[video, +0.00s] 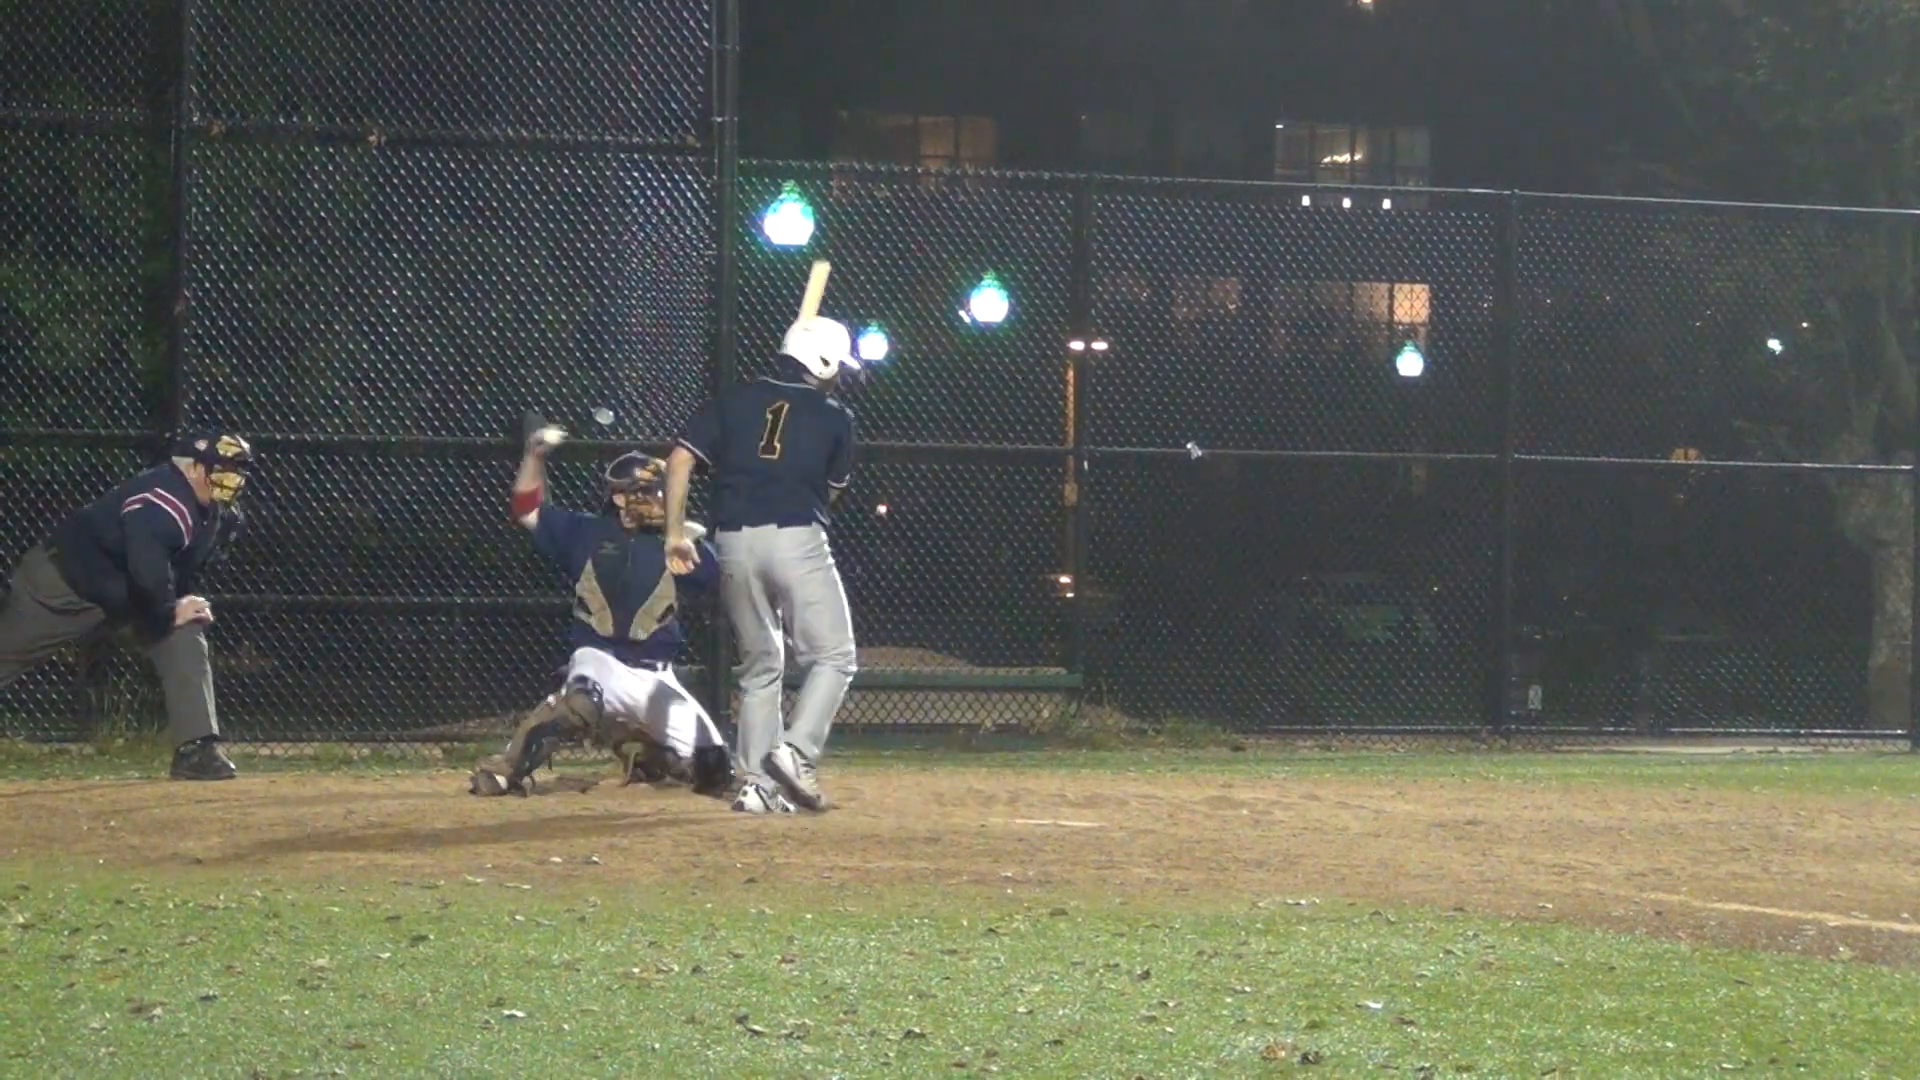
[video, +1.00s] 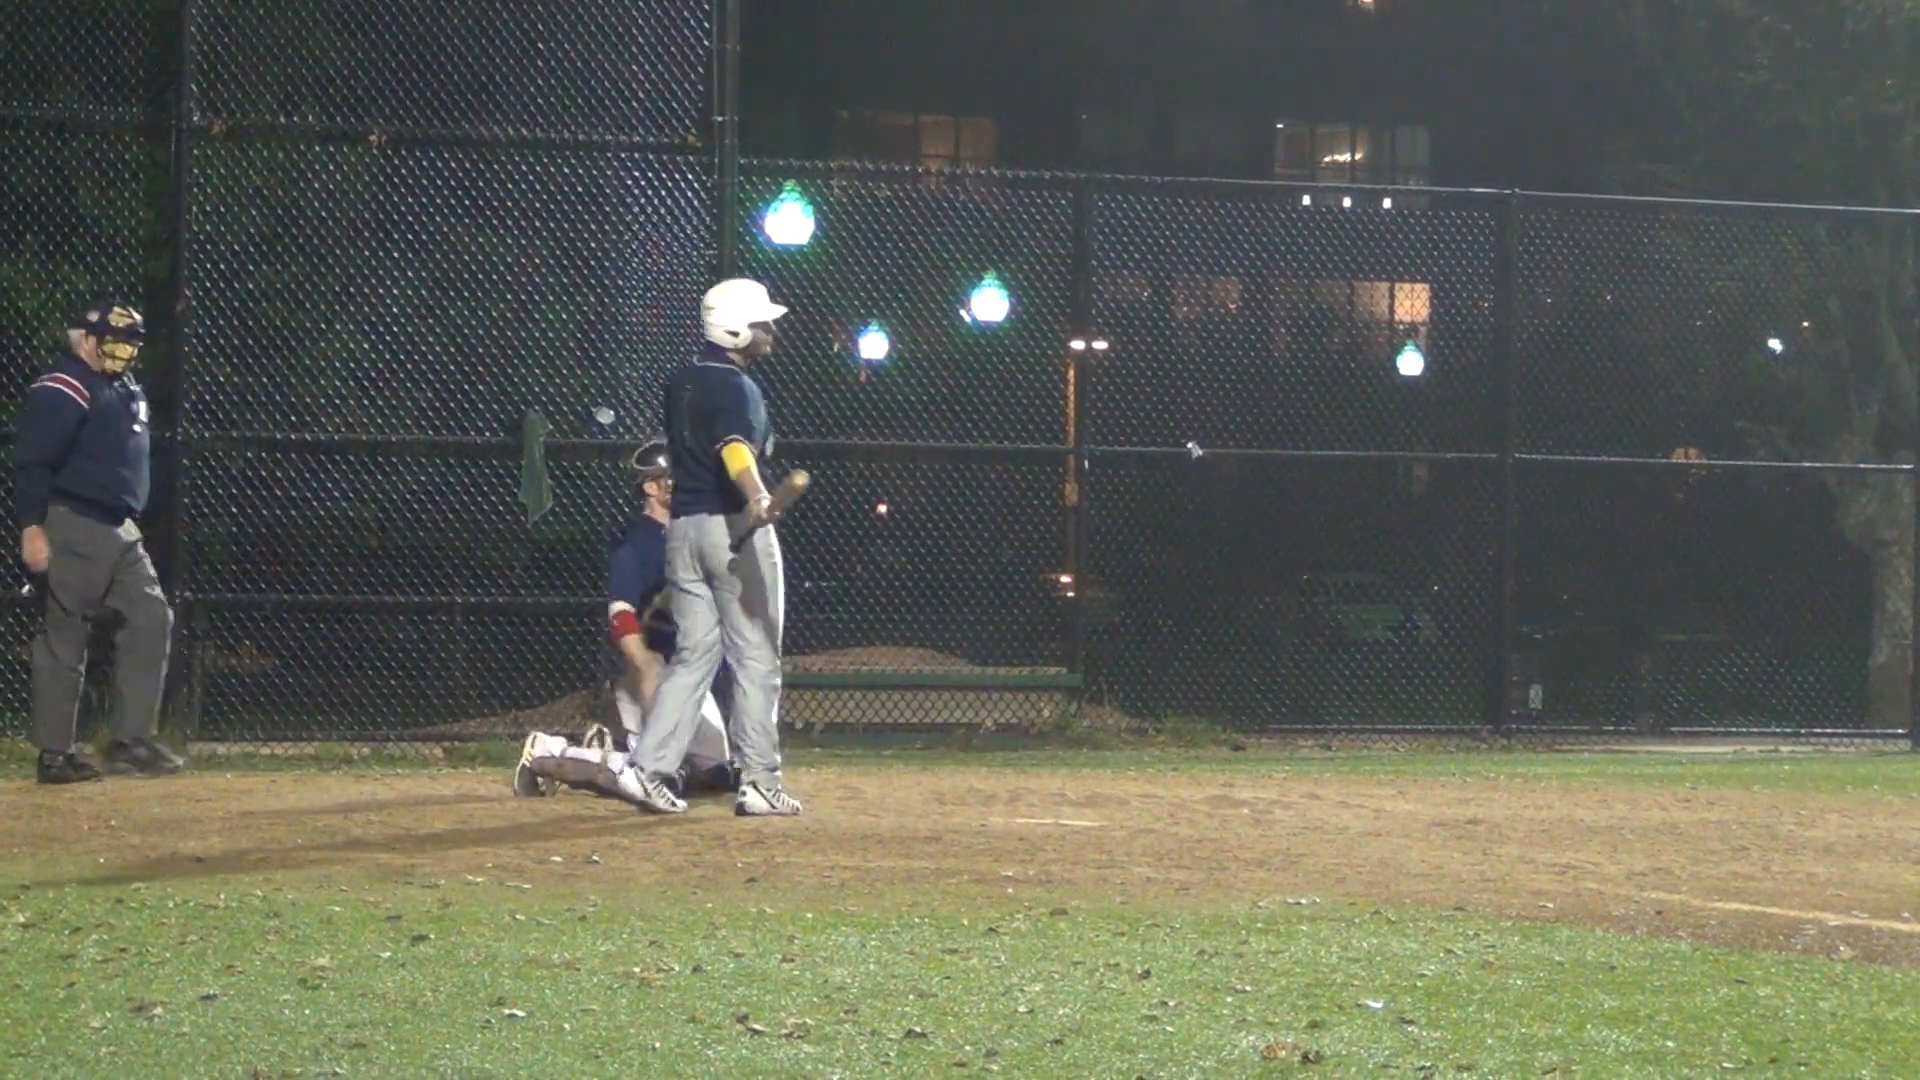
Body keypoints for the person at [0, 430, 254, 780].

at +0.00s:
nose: (231, 482)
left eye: (235, 474)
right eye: (222, 472)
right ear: (194, 469)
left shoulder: (206, 508)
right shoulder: (163, 495)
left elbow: (185, 570)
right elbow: (147, 568)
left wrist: (184, 605)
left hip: (122, 593)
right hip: (65, 581)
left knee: (184, 640)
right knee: (5, 663)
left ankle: (196, 747)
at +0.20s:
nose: (249, 449)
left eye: (256, 441)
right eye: (241, 438)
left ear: (261, 441)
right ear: (215, 432)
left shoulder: (230, 482)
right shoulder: (180, 470)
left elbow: (212, 552)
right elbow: (165, 545)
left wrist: (200, 599)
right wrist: (174, 610)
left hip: (146, 571)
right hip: (84, 556)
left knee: (189, 639)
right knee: (25, 646)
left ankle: (196, 748)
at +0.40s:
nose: (238, 397)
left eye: (243, 389)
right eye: (231, 387)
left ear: (246, 391)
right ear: (205, 383)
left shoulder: (225, 437)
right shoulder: (170, 429)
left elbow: (211, 517)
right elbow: (150, 505)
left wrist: (196, 578)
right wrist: (165, 569)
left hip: (145, 542)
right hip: (94, 530)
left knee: (178, 622)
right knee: (90, 635)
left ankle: (196, 745)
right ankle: (21, 734)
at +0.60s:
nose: (188, 366)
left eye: (194, 359)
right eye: (179, 357)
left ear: (199, 362)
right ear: (153, 356)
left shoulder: (185, 410)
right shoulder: (128, 408)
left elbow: (176, 492)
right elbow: (107, 481)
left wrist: (178, 554)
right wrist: (118, 549)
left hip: (143, 533)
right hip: (90, 529)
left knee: (175, 626)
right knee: (98, 632)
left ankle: (193, 748)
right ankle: (62, 751)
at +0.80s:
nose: (148, 358)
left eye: (153, 350)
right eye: (139, 349)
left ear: (157, 351)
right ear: (111, 346)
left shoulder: (141, 394)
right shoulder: (86, 395)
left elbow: (137, 462)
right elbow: (63, 470)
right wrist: (76, 532)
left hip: (132, 534)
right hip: (85, 532)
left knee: (155, 632)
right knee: (78, 642)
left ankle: (186, 744)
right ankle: (58, 753)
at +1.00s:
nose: (119, 351)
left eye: (126, 343)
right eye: (110, 341)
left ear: (134, 347)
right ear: (85, 340)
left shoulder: (127, 389)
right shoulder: (66, 385)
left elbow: (119, 459)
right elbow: (31, 458)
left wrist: (124, 515)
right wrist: (31, 526)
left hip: (119, 528)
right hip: (74, 525)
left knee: (151, 618)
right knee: (65, 633)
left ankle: (133, 740)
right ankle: (57, 753)